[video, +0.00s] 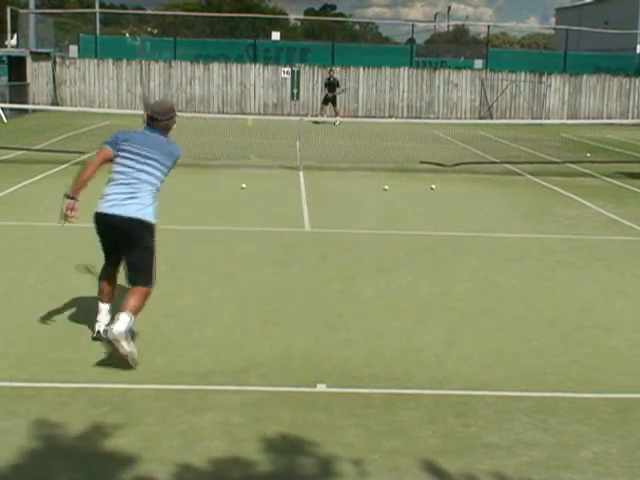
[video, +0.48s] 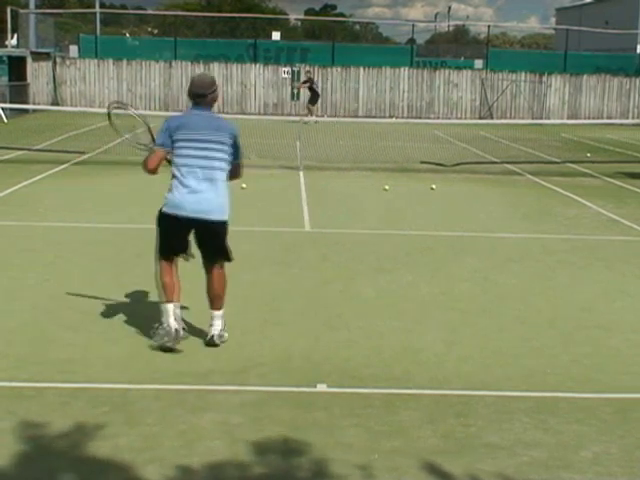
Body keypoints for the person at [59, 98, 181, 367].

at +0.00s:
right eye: (171, 123)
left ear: (146, 119)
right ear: (172, 125)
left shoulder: (123, 137)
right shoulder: (173, 151)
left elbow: (96, 161)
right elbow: (154, 173)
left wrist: (73, 195)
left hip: (107, 214)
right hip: (139, 219)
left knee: (111, 263)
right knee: (142, 284)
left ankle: (101, 322)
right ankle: (120, 328)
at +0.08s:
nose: (173, 121)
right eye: (175, 119)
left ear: (152, 117)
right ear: (175, 121)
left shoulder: (128, 135)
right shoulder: (177, 148)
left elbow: (102, 163)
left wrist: (85, 198)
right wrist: (151, 116)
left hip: (116, 213)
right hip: (149, 217)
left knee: (115, 262)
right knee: (159, 278)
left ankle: (103, 321)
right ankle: (144, 323)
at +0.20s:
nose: (187, 113)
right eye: (188, 109)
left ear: (163, 110)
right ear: (188, 113)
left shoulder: (142, 131)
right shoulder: (192, 139)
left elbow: (117, 161)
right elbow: (174, 144)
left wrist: (108, 198)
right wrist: (156, 125)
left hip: (132, 212)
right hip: (167, 217)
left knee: (122, 265)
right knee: (185, 269)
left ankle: (103, 321)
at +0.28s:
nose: (196, 109)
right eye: (197, 106)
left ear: (172, 107)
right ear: (197, 109)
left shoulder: (152, 129)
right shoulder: (207, 137)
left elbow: (132, 164)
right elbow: (196, 160)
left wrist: (123, 189)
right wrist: (159, 132)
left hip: (147, 211)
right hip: (184, 214)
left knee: (129, 263)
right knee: (197, 267)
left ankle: (108, 319)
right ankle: (209, 328)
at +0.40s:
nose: (213, 105)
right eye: (212, 102)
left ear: (184, 105)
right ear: (209, 106)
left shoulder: (169, 131)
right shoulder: (220, 135)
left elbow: (143, 170)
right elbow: (224, 170)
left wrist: (139, 173)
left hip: (170, 214)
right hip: (206, 218)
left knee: (149, 264)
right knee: (211, 268)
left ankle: (138, 325)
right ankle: (213, 330)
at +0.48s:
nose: (217, 98)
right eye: (217, 95)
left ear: (189, 96)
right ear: (215, 97)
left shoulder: (174, 123)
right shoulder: (228, 129)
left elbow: (151, 166)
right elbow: (235, 172)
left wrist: (160, 153)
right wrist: (208, 170)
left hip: (177, 208)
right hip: (214, 212)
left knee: (167, 259)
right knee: (215, 264)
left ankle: (172, 325)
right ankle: (216, 328)